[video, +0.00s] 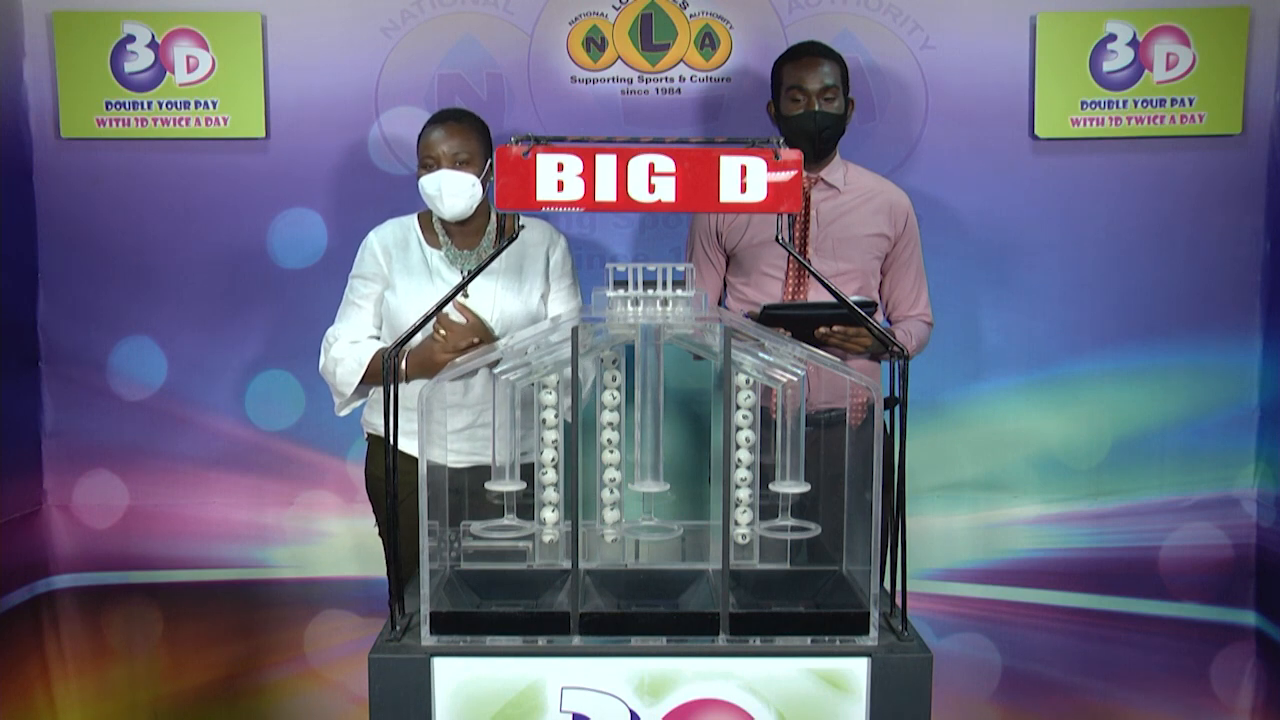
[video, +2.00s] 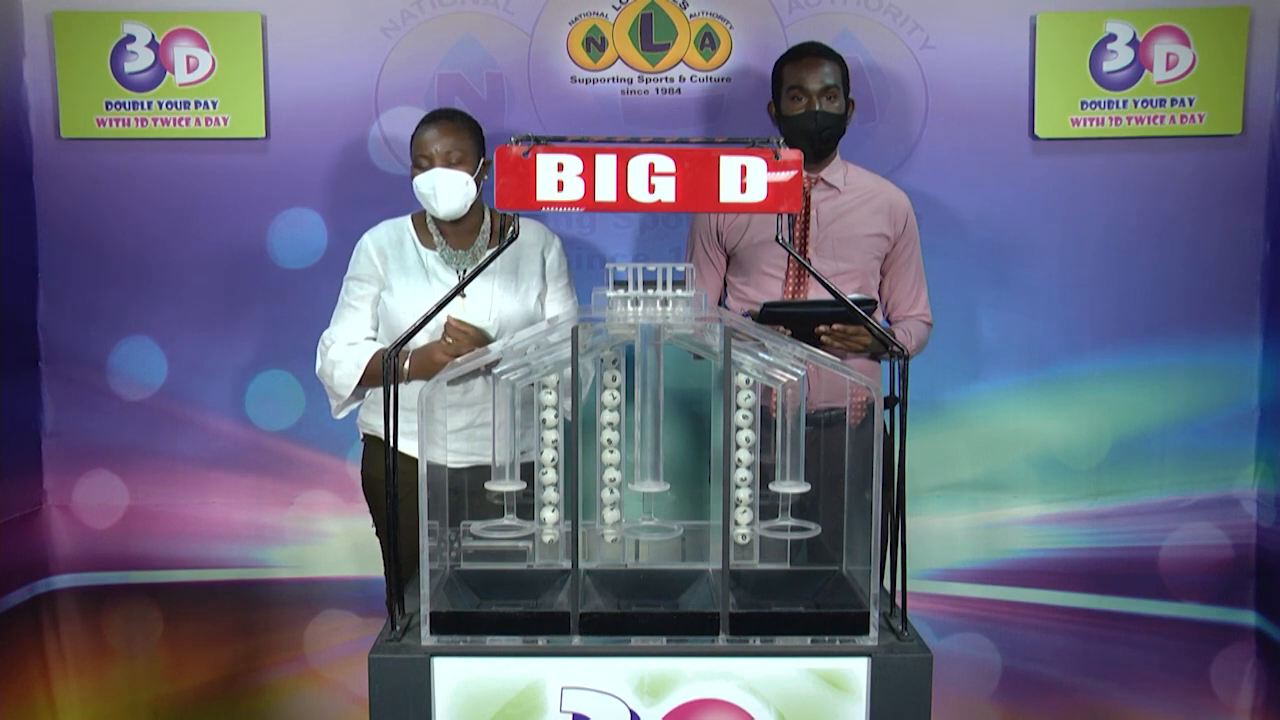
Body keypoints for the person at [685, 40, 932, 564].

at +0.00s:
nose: (813, 108)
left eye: (828, 94)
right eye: (796, 95)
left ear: (848, 108)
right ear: (774, 109)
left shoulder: (888, 204)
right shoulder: (726, 200)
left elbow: (914, 320)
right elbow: (696, 318)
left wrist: (876, 342)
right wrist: (760, 340)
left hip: (843, 416)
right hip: (751, 416)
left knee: (844, 581)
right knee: (753, 579)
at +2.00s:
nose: (814, 107)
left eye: (829, 94)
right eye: (797, 95)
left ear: (848, 108)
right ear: (775, 109)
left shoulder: (888, 205)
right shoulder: (727, 200)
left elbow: (914, 320)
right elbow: (696, 316)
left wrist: (876, 340)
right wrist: (757, 335)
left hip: (843, 415)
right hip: (752, 414)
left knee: (844, 578)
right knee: (753, 576)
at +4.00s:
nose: (813, 107)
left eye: (829, 94)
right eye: (796, 94)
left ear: (848, 108)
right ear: (774, 109)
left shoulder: (888, 205)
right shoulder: (727, 200)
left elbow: (915, 321)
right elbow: (695, 317)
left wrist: (876, 340)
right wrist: (755, 334)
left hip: (843, 417)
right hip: (751, 416)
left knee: (844, 580)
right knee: (753, 579)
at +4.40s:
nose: (813, 107)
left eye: (828, 94)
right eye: (796, 95)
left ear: (847, 108)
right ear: (775, 109)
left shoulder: (888, 204)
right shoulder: (727, 201)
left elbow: (914, 320)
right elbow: (696, 317)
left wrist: (877, 339)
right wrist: (754, 330)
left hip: (843, 416)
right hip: (751, 416)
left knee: (844, 578)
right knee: (752, 577)